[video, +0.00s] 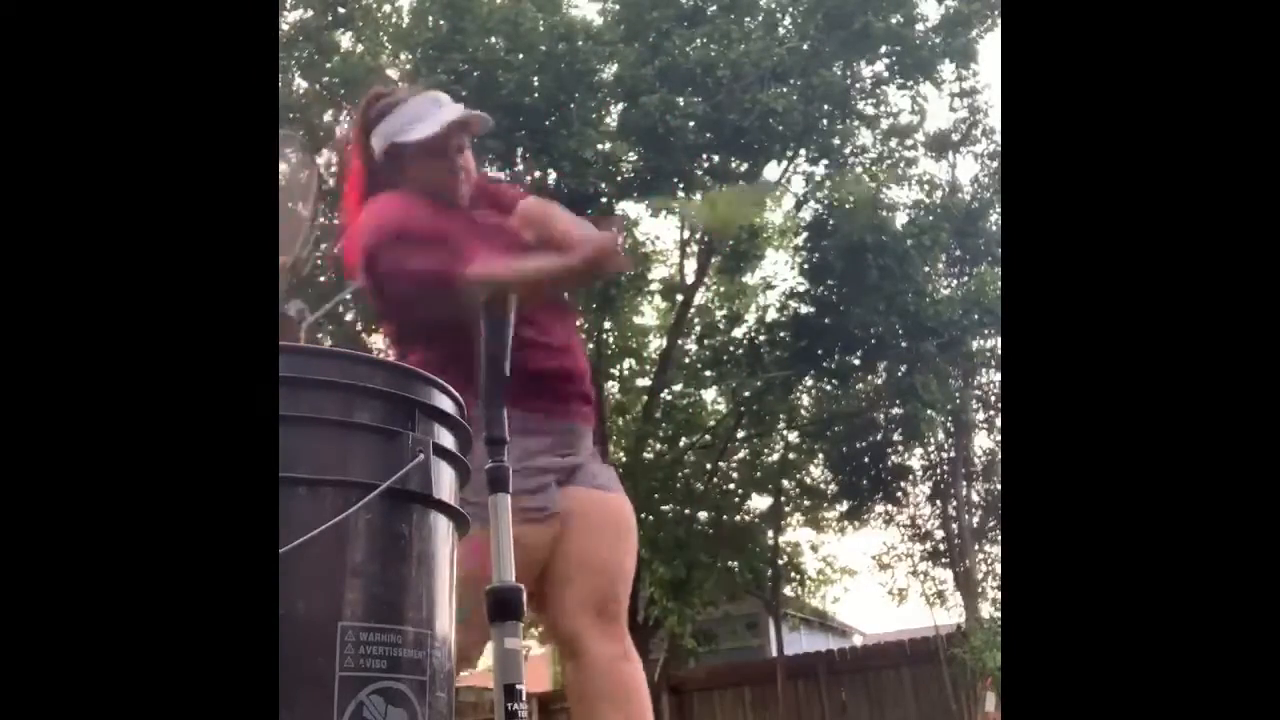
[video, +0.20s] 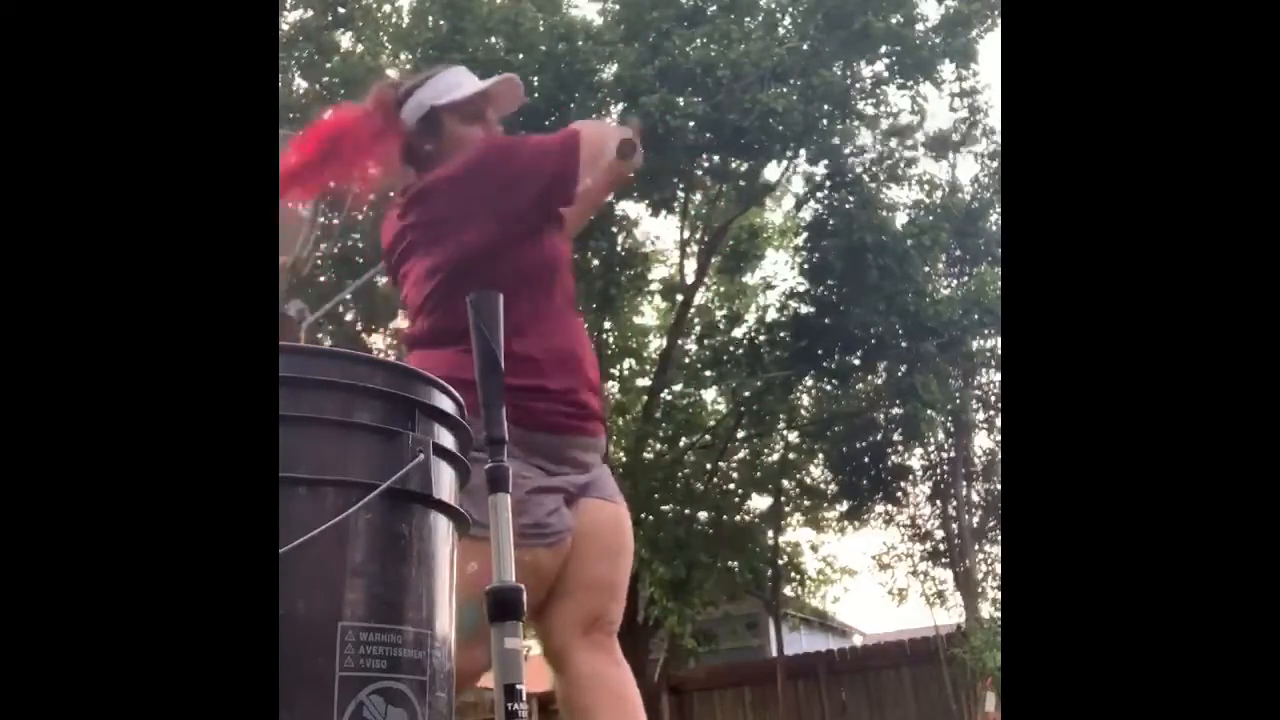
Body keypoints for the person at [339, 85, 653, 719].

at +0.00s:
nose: (459, 158)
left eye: (463, 141)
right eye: (436, 149)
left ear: (473, 142)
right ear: (393, 165)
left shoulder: (496, 200)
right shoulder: (390, 221)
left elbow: (581, 238)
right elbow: (463, 279)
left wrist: (573, 239)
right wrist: (577, 263)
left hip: (575, 445)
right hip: (483, 450)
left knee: (601, 632)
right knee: (447, 648)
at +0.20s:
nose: (496, 125)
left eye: (492, 115)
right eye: (479, 116)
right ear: (436, 129)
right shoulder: (453, 186)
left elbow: (559, 216)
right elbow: (599, 136)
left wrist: (610, 169)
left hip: (581, 457)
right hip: (495, 454)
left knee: (593, 637)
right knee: (461, 659)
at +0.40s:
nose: (528, 114)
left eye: (523, 103)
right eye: (509, 105)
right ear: (469, 121)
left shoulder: (447, 199)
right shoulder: (515, 160)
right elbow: (623, 162)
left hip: (586, 457)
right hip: (501, 455)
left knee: (593, 641)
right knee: (459, 658)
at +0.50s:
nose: (537, 118)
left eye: (533, 108)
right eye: (519, 108)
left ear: (471, 126)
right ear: (479, 120)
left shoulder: (441, 188)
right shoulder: (536, 166)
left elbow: (419, 245)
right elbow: (639, 175)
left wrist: (405, 157)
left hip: (581, 452)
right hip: (494, 450)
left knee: (594, 639)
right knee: (457, 656)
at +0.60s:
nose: (539, 122)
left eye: (537, 111)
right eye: (520, 111)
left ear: (466, 127)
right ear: (477, 122)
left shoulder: (456, 192)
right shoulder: (519, 166)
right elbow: (633, 184)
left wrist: (430, 121)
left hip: (582, 456)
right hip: (494, 452)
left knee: (594, 641)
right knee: (447, 663)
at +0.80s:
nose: (532, 128)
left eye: (534, 116)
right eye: (513, 114)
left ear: (535, 121)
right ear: (467, 123)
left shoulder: (521, 186)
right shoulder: (470, 178)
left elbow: (577, 201)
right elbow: (607, 213)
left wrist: (624, 134)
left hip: (577, 455)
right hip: (491, 454)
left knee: (592, 639)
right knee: (444, 656)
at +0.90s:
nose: (536, 124)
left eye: (538, 112)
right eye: (517, 111)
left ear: (542, 117)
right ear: (468, 121)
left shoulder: (541, 199)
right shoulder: (465, 177)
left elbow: (604, 260)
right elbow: (599, 223)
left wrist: (665, 178)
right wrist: (631, 189)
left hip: (576, 454)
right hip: (480, 456)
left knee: (596, 638)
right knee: (440, 659)